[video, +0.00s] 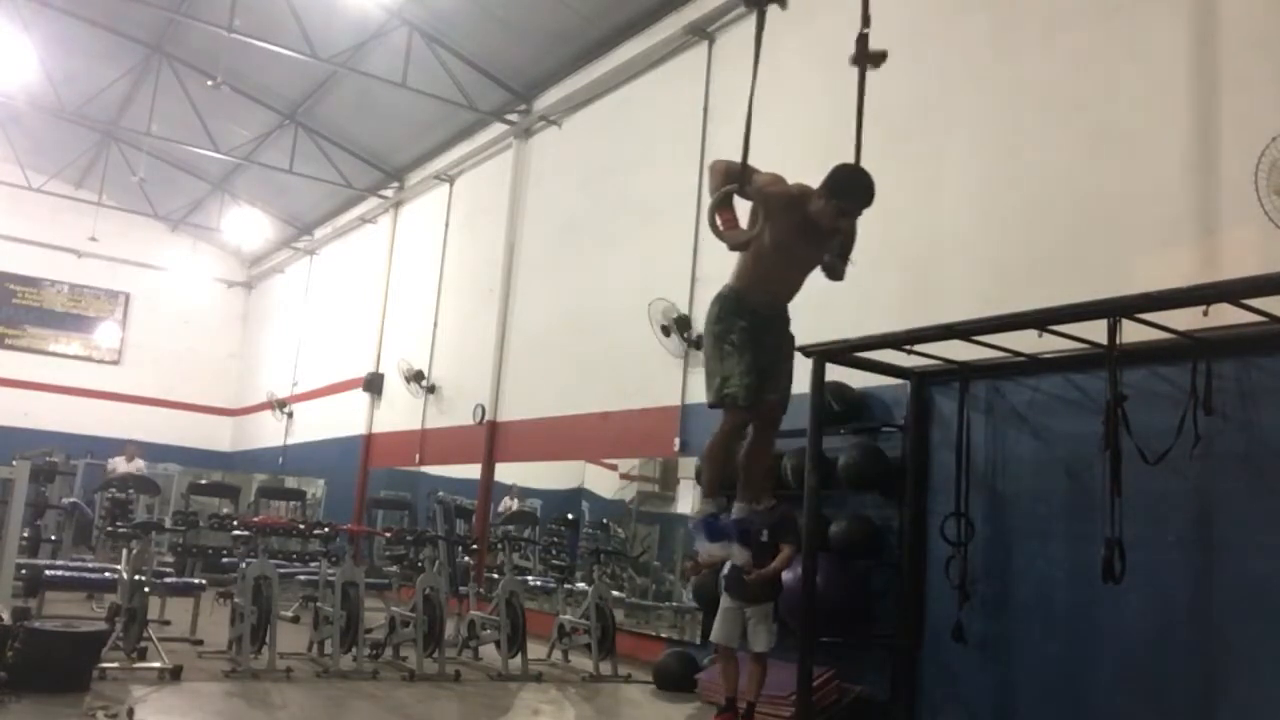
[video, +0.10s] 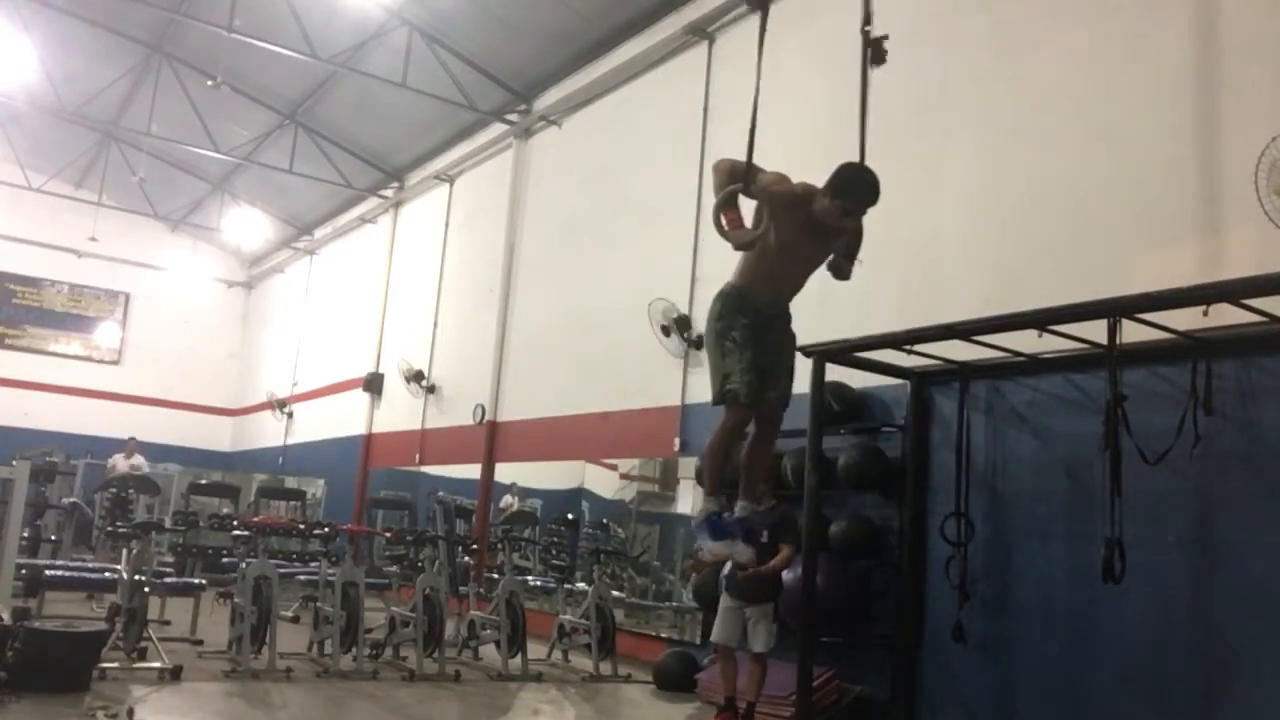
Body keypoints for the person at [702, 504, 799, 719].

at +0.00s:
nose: (749, 488)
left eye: (756, 480)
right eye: (747, 480)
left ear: (768, 485)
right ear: (742, 484)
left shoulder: (781, 514)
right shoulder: (738, 512)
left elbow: (788, 550)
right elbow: (726, 549)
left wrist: (764, 573)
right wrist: (703, 563)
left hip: (762, 593)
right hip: (732, 589)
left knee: (758, 653)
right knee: (724, 648)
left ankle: (749, 710)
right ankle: (729, 706)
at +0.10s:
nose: (753, 490)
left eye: (759, 485)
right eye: (751, 485)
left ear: (769, 487)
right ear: (745, 488)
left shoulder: (781, 515)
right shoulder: (740, 514)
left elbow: (788, 551)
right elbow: (726, 548)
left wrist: (759, 571)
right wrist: (709, 559)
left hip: (761, 592)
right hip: (732, 590)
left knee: (757, 654)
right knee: (723, 647)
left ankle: (749, 710)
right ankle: (728, 705)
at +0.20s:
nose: (751, 488)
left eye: (757, 483)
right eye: (748, 483)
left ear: (770, 487)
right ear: (743, 487)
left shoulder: (780, 517)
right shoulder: (738, 516)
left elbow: (790, 549)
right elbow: (727, 548)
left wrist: (764, 566)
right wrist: (711, 559)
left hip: (762, 595)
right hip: (732, 591)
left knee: (758, 655)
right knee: (722, 646)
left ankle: (749, 710)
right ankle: (728, 704)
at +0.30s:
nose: (753, 491)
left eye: (759, 485)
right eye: (751, 484)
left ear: (773, 487)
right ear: (749, 488)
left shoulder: (780, 518)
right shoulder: (744, 515)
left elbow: (785, 553)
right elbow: (730, 545)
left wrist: (754, 564)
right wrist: (709, 559)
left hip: (763, 594)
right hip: (733, 591)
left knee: (758, 655)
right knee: (722, 648)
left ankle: (749, 711)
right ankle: (726, 706)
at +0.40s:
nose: (750, 496)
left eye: (754, 491)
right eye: (746, 491)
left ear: (769, 490)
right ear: (744, 492)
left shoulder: (782, 517)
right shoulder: (743, 515)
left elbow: (784, 555)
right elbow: (729, 545)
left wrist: (752, 562)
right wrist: (709, 558)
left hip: (762, 598)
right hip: (732, 595)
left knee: (757, 655)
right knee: (723, 647)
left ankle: (749, 710)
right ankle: (727, 705)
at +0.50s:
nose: (750, 496)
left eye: (754, 491)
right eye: (746, 491)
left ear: (768, 490)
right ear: (743, 492)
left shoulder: (782, 517)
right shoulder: (742, 515)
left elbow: (782, 557)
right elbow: (728, 544)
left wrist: (749, 562)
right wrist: (709, 555)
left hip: (761, 598)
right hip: (731, 594)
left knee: (756, 655)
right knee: (722, 647)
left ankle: (749, 711)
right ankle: (727, 705)